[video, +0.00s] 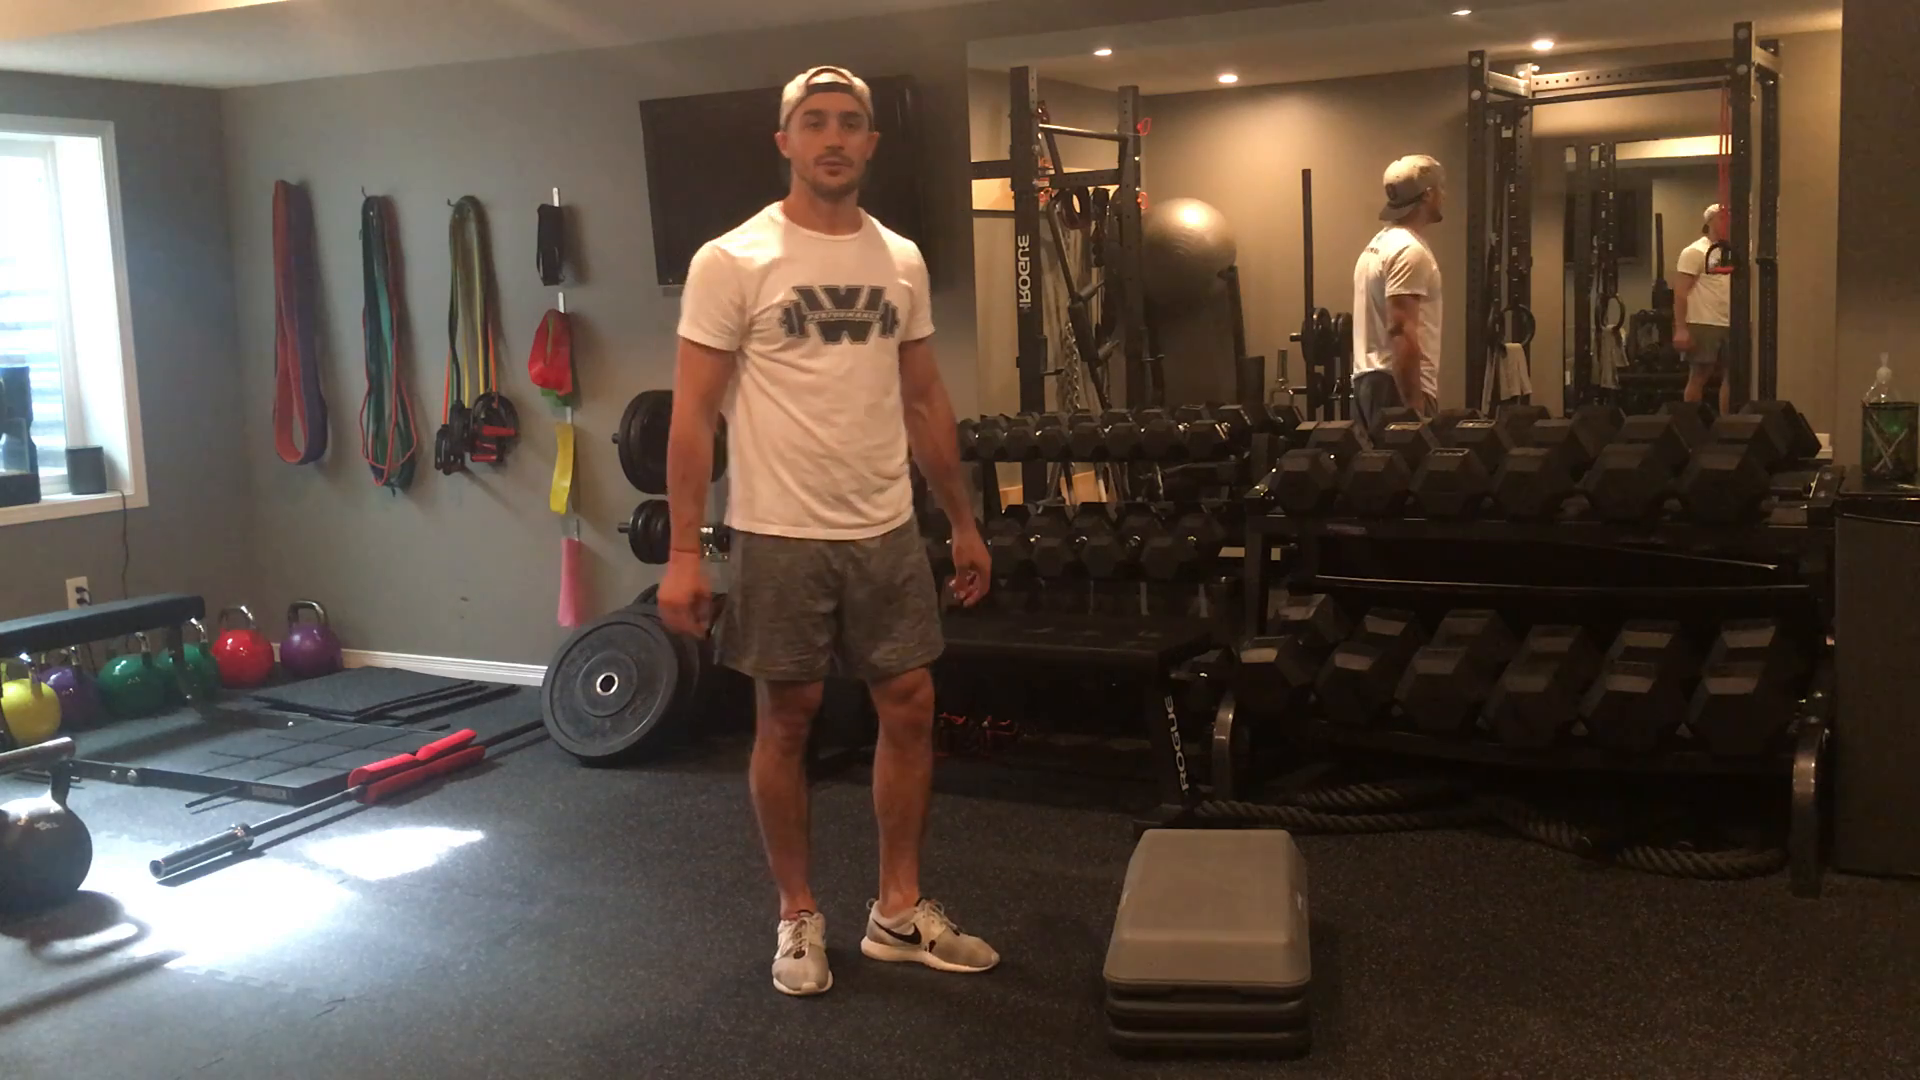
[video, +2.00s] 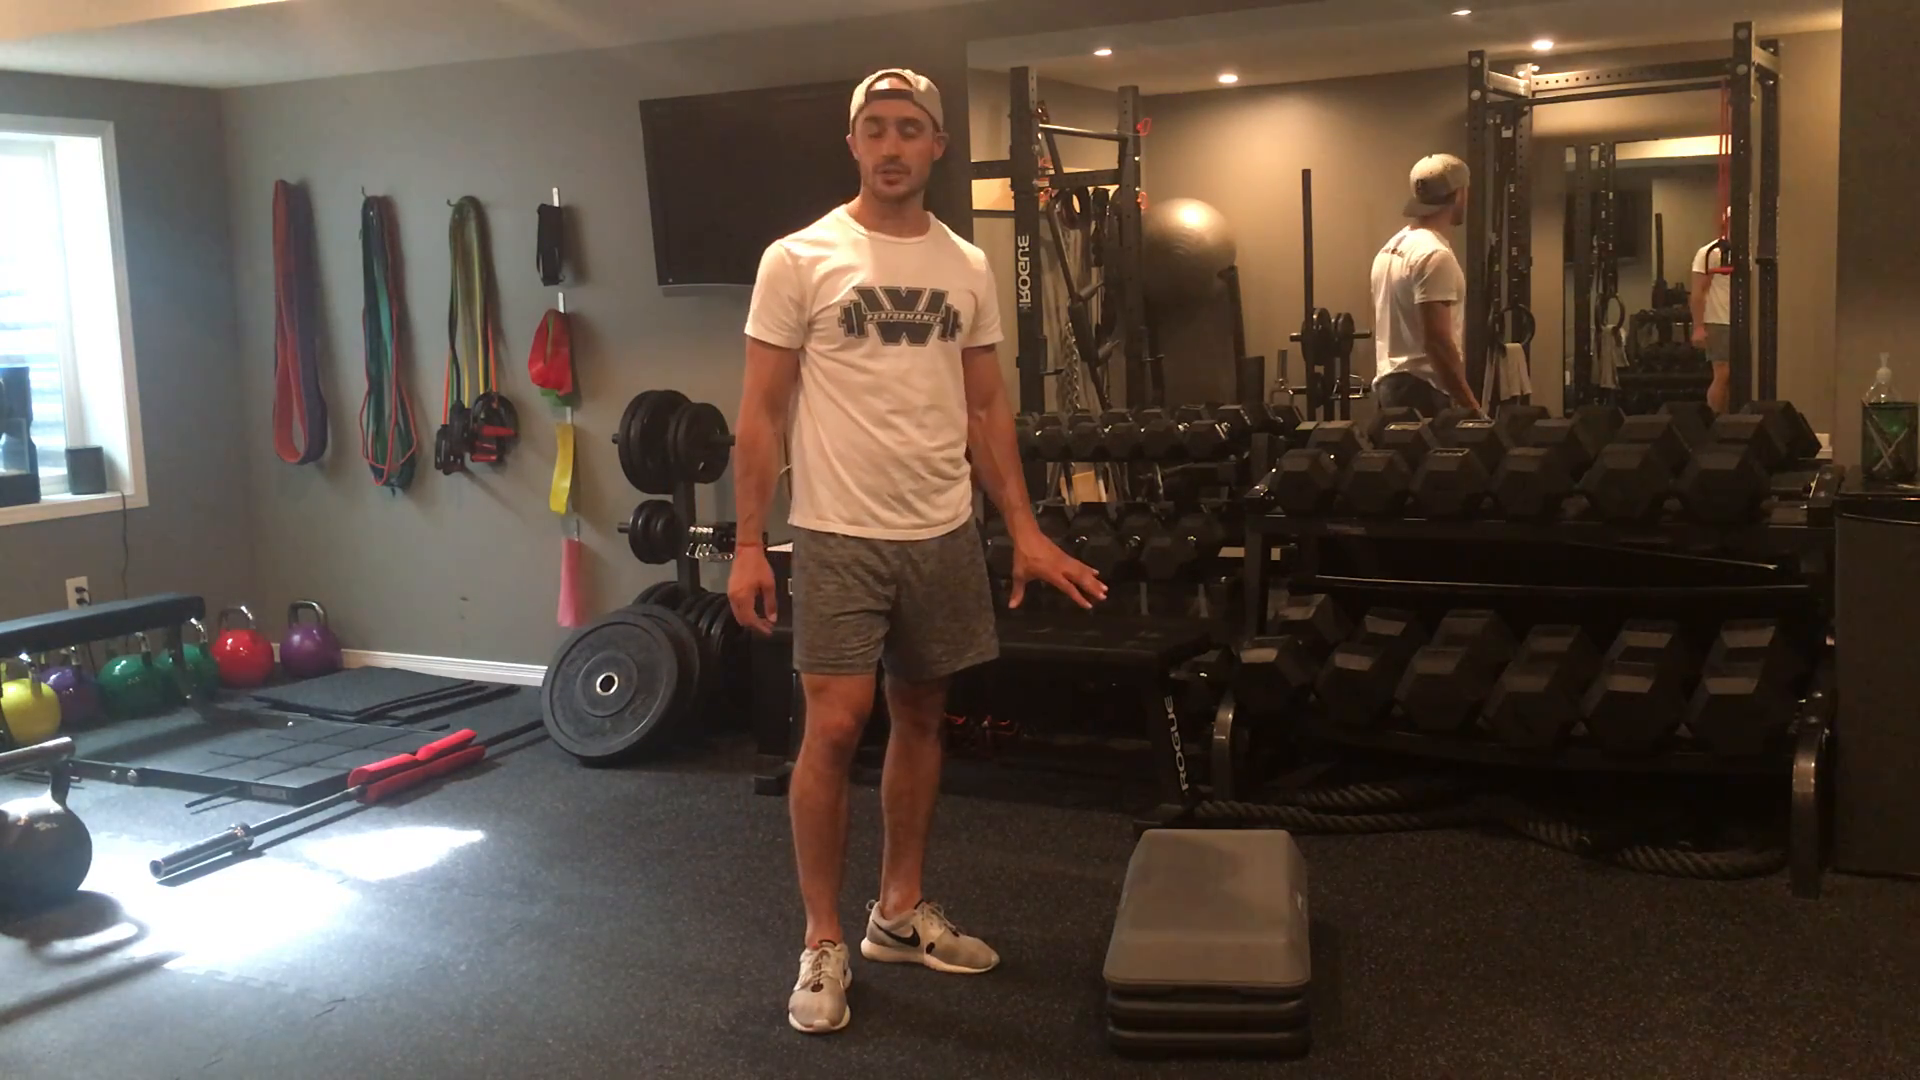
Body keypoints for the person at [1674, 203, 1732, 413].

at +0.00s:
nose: (1728, 224)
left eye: (1729, 219)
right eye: (1724, 219)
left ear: (1729, 223)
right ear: (1711, 223)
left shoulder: (1730, 252)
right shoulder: (1694, 252)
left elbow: (1739, 290)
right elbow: (1680, 293)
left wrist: (1742, 323)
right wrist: (1680, 327)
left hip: (1730, 326)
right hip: (1703, 326)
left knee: (1731, 378)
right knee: (1699, 376)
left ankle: (1725, 425)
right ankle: (1689, 423)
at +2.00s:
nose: (1732, 223)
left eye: (1735, 218)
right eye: (1729, 218)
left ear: (1741, 223)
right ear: (1723, 220)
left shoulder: (1746, 254)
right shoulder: (1707, 254)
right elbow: (1698, 291)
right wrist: (1698, 325)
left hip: (1742, 325)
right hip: (1718, 323)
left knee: (1732, 377)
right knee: (1722, 374)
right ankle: (1714, 423)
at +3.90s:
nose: (1737, 228)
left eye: (1738, 223)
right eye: (1734, 223)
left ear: (1724, 223)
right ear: (1725, 223)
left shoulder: (1730, 252)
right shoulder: (1708, 251)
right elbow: (1701, 295)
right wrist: (1712, 330)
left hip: (1728, 324)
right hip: (1713, 325)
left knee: (1726, 382)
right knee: (1712, 381)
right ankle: (1698, 425)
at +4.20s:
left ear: (1726, 224)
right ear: (1735, 226)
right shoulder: (1718, 251)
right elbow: (1717, 292)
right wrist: (1728, 325)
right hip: (1710, 322)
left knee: (1727, 376)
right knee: (1709, 375)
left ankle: (1728, 423)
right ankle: (1697, 423)